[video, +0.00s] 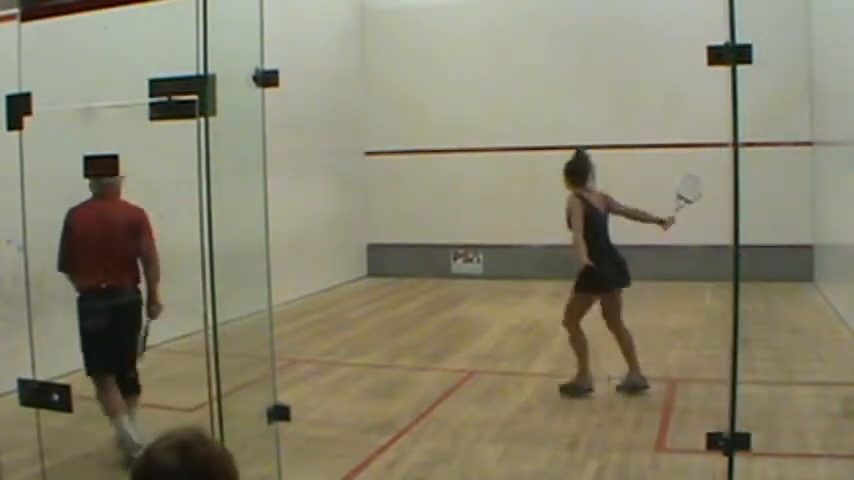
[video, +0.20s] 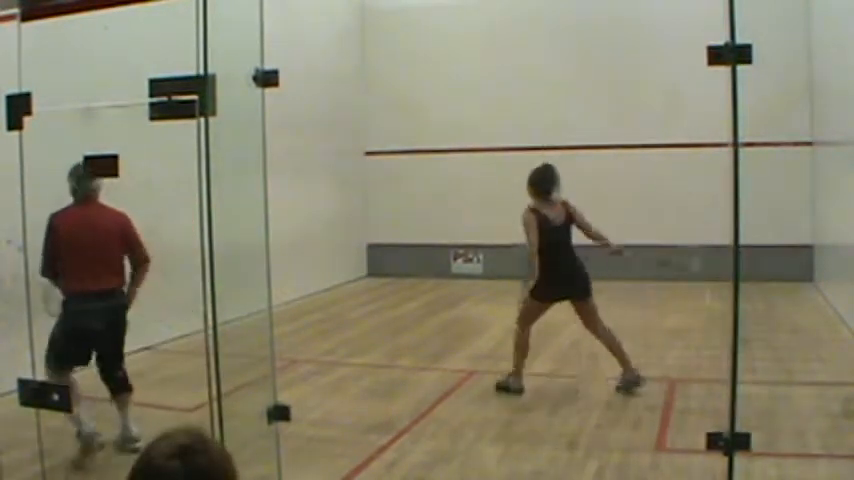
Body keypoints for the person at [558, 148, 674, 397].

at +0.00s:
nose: (565, 181)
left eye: (565, 177)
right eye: (567, 177)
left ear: (568, 178)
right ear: (588, 176)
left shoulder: (575, 200)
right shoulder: (600, 198)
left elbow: (577, 229)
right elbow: (628, 212)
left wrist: (583, 258)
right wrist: (658, 220)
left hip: (595, 269)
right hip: (613, 266)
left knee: (571, 320)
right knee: (614, 320)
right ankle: (635, 374)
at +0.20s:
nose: (529, 191)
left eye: (530, 187)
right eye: (532, 187)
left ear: (531, 189)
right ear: (554, 187)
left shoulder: (531, 214)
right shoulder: (565, 207)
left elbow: (533, 249)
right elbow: (588, 230)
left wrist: (532, 280)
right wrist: (609, 245)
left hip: (551, 280)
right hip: (576, 277)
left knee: (523, 323)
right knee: (596, 325)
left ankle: (516, 378)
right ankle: (629, 371)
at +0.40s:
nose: (497, 172)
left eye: (499, 169)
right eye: (501, 169)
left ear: (501, 172)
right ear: (522, 171)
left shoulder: (495, 197)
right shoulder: (532, 195)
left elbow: (491, 230)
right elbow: (546, 229)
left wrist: (482, 249)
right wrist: (557, 258)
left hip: (506, 268)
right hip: (531, 265)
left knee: (504, 326)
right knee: (543, 319)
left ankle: (511, 376)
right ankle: (563, 367)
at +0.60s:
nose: (471, 162)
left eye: (474, 158)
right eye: (474, 158)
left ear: (481, 162)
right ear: (496, 164)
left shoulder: (474, 189)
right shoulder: (508, 189)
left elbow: (470, 228)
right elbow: (519, 226)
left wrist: (457, 252)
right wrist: (513, 245)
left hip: (475, 254)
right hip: (500, 254)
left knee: (464, 314)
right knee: (492, 316)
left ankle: (459, 372)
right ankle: (487, 373)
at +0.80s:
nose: (440, 180)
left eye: (444, 176)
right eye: (442, 175)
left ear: (455, 180)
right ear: (465, 180)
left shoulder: (446, 208)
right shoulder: (482, 208)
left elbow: (441, 248)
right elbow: (488, 247)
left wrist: (420, 275)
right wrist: (470, 255)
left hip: (445, 276)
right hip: (471, 276)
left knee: (415, 325)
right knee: (468, 328)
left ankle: (386, 374)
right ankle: (480, 381)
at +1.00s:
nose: (402, 186)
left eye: (405, 182)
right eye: (403, 181)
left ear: (416, 185)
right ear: (427, 186)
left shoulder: (407, 213)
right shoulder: (442, 213)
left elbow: (400, 254)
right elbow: (451, 255)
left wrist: (378, 284)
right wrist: (432, 264)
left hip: (405, 283)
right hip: (432, 283)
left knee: (387, 339)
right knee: (451, 335)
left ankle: (372, 394)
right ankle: (478, 383)